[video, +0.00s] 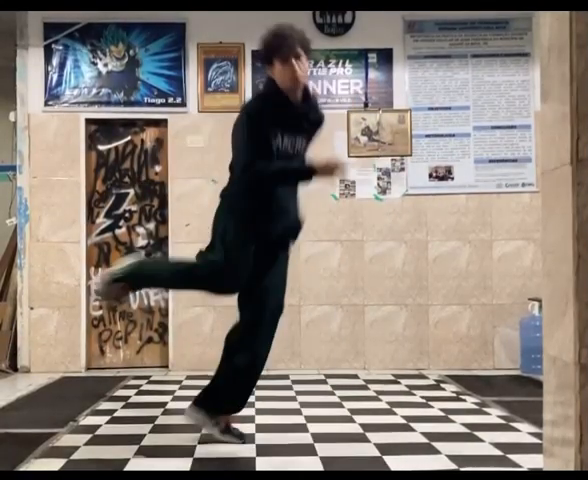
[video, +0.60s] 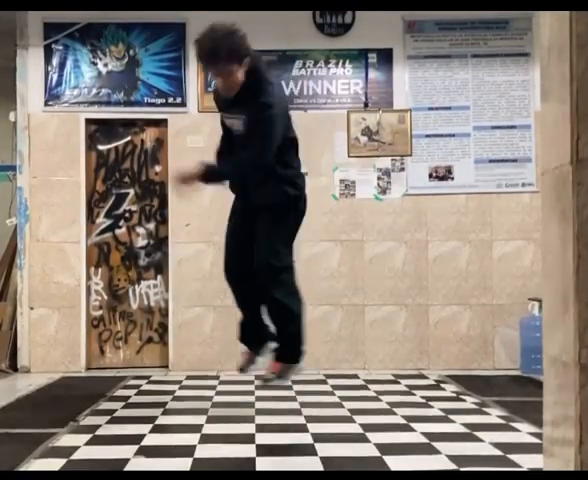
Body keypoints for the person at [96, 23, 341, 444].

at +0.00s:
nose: (301, 68)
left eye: (302, 59)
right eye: (292, 61)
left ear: (306, 61)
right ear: (273, 67)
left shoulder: (302, 106)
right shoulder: (257, 111)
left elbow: (313, 124)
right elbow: (252, 170)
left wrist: (301, 91)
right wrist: (310, 169)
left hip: (275, 229)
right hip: (242, 221)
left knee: (260, 322)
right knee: (224, 276)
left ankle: (213, 406)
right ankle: (133, 274)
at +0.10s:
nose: (280, 45)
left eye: (284, 35)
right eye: (269, 40)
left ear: (295, 38)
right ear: (256, 48)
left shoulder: (311, 89)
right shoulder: (249, 90)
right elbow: (248, 154)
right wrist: (308, 147)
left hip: (288, 201)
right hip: (249, 197)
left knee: (276, 294)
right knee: (244, 266)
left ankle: (240, 383)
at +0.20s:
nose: (270, 44)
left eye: (274, 35)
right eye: (261, 39)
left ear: (289, 38)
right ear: (251, 49)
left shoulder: (316, 94)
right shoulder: (242, 94)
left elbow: (313, 153)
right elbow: (241, 164)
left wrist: (308, 176)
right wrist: (291, 179)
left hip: (293, 202)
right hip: (252, 201)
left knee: (287, 284)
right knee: (239, 281)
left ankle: (282, 375)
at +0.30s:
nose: (266, 66)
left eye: (271, 57)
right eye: (258, 61)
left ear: (285, 62)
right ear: (247, 70)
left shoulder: (309, 115)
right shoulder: (238, 124)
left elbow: (329, 175)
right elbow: (236, 186)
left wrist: (335, 227)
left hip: (302, 227)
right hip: (256, 231)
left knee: (303, 306)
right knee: (262, 313)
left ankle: (326, 386)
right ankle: (296, 387)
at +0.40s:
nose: (261, 82)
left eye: (266, 73)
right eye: (253, 76)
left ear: (279, 77)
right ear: (243, 84)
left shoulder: (302, 124)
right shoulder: (235, 131)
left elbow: (327, 177)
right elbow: (226, 181)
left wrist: (338, 228)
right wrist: (217, 225)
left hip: (300, 233)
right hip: (260, 237)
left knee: (321, 308)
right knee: (280, 315)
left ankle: (329, 390)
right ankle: (302, 389)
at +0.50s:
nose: (241, 70)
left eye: (247, 61)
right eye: (234, 63)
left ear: (265, 56)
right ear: (227, 63)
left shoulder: (286, 99)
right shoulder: (227, 101)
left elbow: (293, 157)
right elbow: (228, 144)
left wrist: (270, 196)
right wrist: (226, 180)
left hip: (286, 196)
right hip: (249, 198)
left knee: (293, 278)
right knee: (260, 283)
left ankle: (316, 357)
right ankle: (279, 360)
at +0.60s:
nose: (219, 82)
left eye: (224, 74)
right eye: (214, 75)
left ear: (242, 63)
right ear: (212, 68)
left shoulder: (266, 97)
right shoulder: (226, 93)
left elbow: (261, 158)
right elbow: (232, 138)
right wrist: (220, 171)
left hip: (281, 196)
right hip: (248, 194)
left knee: (273, 269)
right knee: (237, 269)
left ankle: (289, 352)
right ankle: (257, 338)